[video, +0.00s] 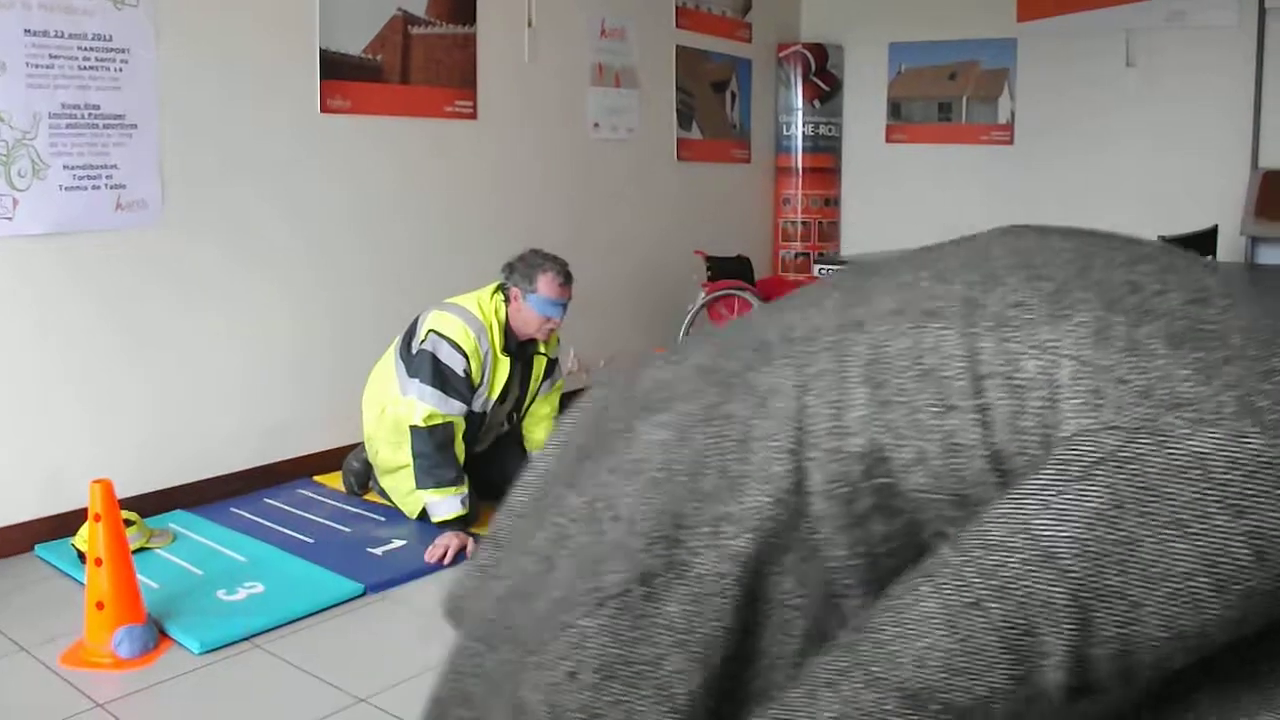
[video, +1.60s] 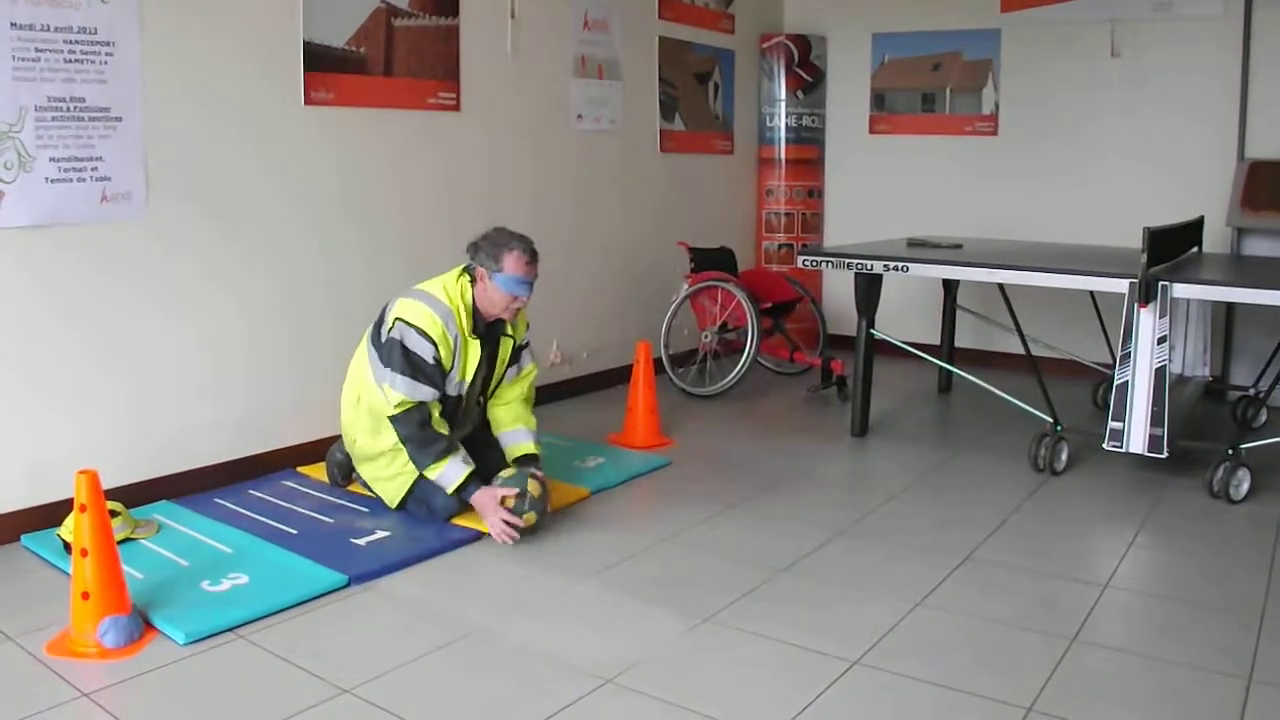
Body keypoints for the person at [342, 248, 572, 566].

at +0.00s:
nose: (556, 322)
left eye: (563, 311)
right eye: (548, 310)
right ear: (515, 298)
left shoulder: (544, 341)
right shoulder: (454, 333)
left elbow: (542, 424)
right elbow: (432, 428)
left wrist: (560, 491)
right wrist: (450, 525)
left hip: (473, 422)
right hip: (402, 430)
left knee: (520, 487)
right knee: (448, 515)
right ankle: (378, 468)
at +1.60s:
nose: (523, 301)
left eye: (529, 290)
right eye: (514, 289)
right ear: (481, 277)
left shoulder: (510, 319)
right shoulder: (422, 320)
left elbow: (510, 396)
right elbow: (412, 421)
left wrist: (527, 463)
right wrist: (474, 492)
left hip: (449, 417)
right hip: (383, 430)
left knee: (504, 478)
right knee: (445, 505)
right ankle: (360, 459)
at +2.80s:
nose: (543, 285)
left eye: (548, 273)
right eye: (533, 273)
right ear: (499, 268)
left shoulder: (534, 308)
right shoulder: (446, 310)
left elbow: (541, 383)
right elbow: (434, 409)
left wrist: (554, 450)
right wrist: (508, 469)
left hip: (470, 412)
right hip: (401, 422)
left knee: (511, 484)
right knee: (455, 506)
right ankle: (375, 462)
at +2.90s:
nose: (544, 288)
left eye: (548, 276)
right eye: (534, 276)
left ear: (552, 271)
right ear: (499, 270)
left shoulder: (532, 309)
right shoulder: (453, 314)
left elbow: (557, 378)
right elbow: (477, 407)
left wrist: (606, 425)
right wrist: (568, 440)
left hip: (461, 410)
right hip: (405, 421)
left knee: (516, 483)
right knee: (455, 507)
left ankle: (425, 449)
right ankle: (377, 456)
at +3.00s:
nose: (550, 286)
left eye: (554, 274)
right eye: (541, 274)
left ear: (559, 272)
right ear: (505, 271)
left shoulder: (536, 305)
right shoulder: (462, 313)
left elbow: (570, 362)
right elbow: (504, 397)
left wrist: (622, 392)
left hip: (471, 405)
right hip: (410, 416)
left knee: (516, 485)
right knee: (456, 509)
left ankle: (432, 447)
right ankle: (377, 455)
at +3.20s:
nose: (562, 286)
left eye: (566, 275)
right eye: (553, 275)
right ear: (518, 269)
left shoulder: (547, 307)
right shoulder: (468, 314)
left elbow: (566, 378)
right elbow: (493, 413)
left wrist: (609, 415)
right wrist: (581, 439)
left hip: (467, 412)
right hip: (413, 421)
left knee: (519, 485)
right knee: (457, 511)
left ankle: (427, 449)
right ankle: (378, 455)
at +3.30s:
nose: (569, 290)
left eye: (573, 279)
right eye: (560, 279)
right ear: (524, 272)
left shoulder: (551, 316)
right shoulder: (471, 317)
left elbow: (556, 388)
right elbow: (465, 419)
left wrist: (584, 444)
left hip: (473, 414)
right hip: (411, 421)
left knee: (520, 490)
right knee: (459, 510)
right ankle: (379, 456)